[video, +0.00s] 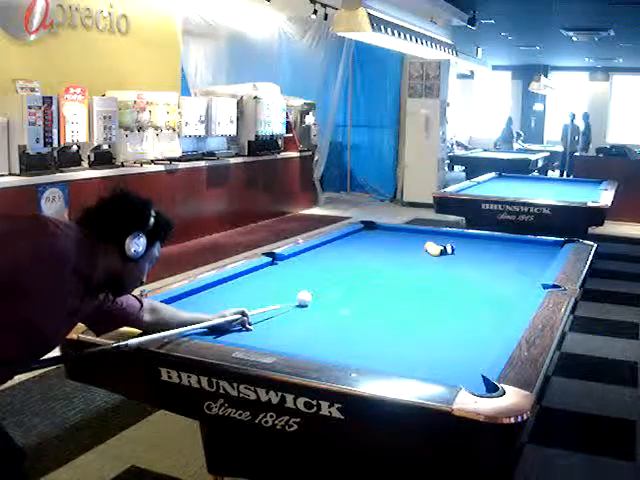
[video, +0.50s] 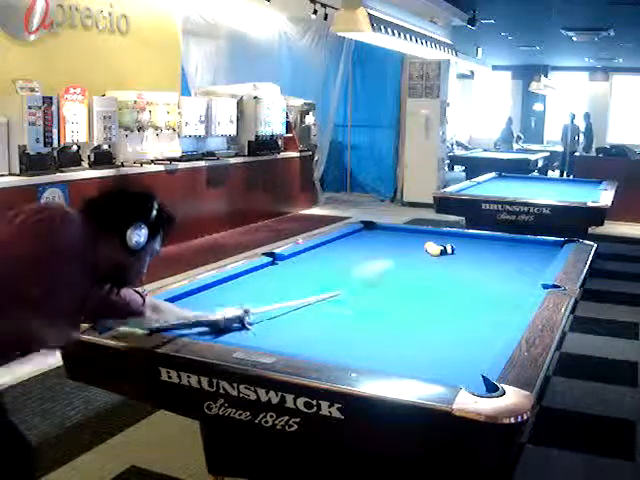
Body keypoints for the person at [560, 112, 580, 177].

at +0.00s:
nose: (572, 118)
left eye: (573, 117)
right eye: (571, 116)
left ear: (575, 117)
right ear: (569, 117)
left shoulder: (576, 127)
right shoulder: (565, 126)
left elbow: (578, 136)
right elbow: (562, 135)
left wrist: (576, 143)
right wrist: (563, 143)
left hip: (572, 147)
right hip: (565, 146)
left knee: (571, 160)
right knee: (563, 160)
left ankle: (569, 173)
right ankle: (561, 172)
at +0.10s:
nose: (572, 119)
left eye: (573, 117)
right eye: (571, 117)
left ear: (574, 118)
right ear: (569, 117)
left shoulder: (576, 127)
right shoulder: (565, 126)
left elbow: (578, 137)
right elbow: (562, 135)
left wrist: (577, 144)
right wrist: (563, 142)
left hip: (573, 147)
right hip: (565, 146)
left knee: (571, 160)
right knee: (563, 160)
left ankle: (569, 173)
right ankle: (561, 173)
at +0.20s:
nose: (572, 119)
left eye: (573, 117)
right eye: (571, 117)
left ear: (574, 118)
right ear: (569, 117)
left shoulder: (576, 127)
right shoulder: (565, 126)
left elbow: (578, 137)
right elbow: (563, 135)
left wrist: (577, 145)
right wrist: (563, 142)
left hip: (573, 147)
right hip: (565, 146)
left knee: (571, 160)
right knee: (563, 160)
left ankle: (569, 173)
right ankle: (561, 173)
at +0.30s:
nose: (572, 119)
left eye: (573, 117)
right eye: (571, 117)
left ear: (574, 118)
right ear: (569, 117)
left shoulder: (576, 127)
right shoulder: (565, 126)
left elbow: (578, 137)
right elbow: (562, 135)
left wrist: (577, 145)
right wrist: (563, 142)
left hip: (573, 147)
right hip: (565, 146)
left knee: (571, 160)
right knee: (563, 160)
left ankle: (569, 173)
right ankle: (561, 173)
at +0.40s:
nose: (572, 119)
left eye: (573, 117)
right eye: (571, 117)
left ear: (574, 118)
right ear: (569, 117)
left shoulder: (576, 127)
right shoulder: (565, 126)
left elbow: (578, 136)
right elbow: (562, 135)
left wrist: (577, 145)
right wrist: (563, 142)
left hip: (573, 146)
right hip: (565, 146)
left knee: (571, 160)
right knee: (563, 160)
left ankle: (569, 173)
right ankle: (561, 173)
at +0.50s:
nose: (572, 119)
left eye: (573, 117)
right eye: (571, 117)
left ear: (574, 118)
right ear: (569, 117)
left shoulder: (576, 127)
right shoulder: (565, 126)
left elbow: (578, 137)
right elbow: (562, 135)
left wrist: (577, 145)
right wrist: (563, 142)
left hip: (573, 146)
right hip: (565, 146)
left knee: (571, 160)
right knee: (563, 160)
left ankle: (569, 173)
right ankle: (561, 173)